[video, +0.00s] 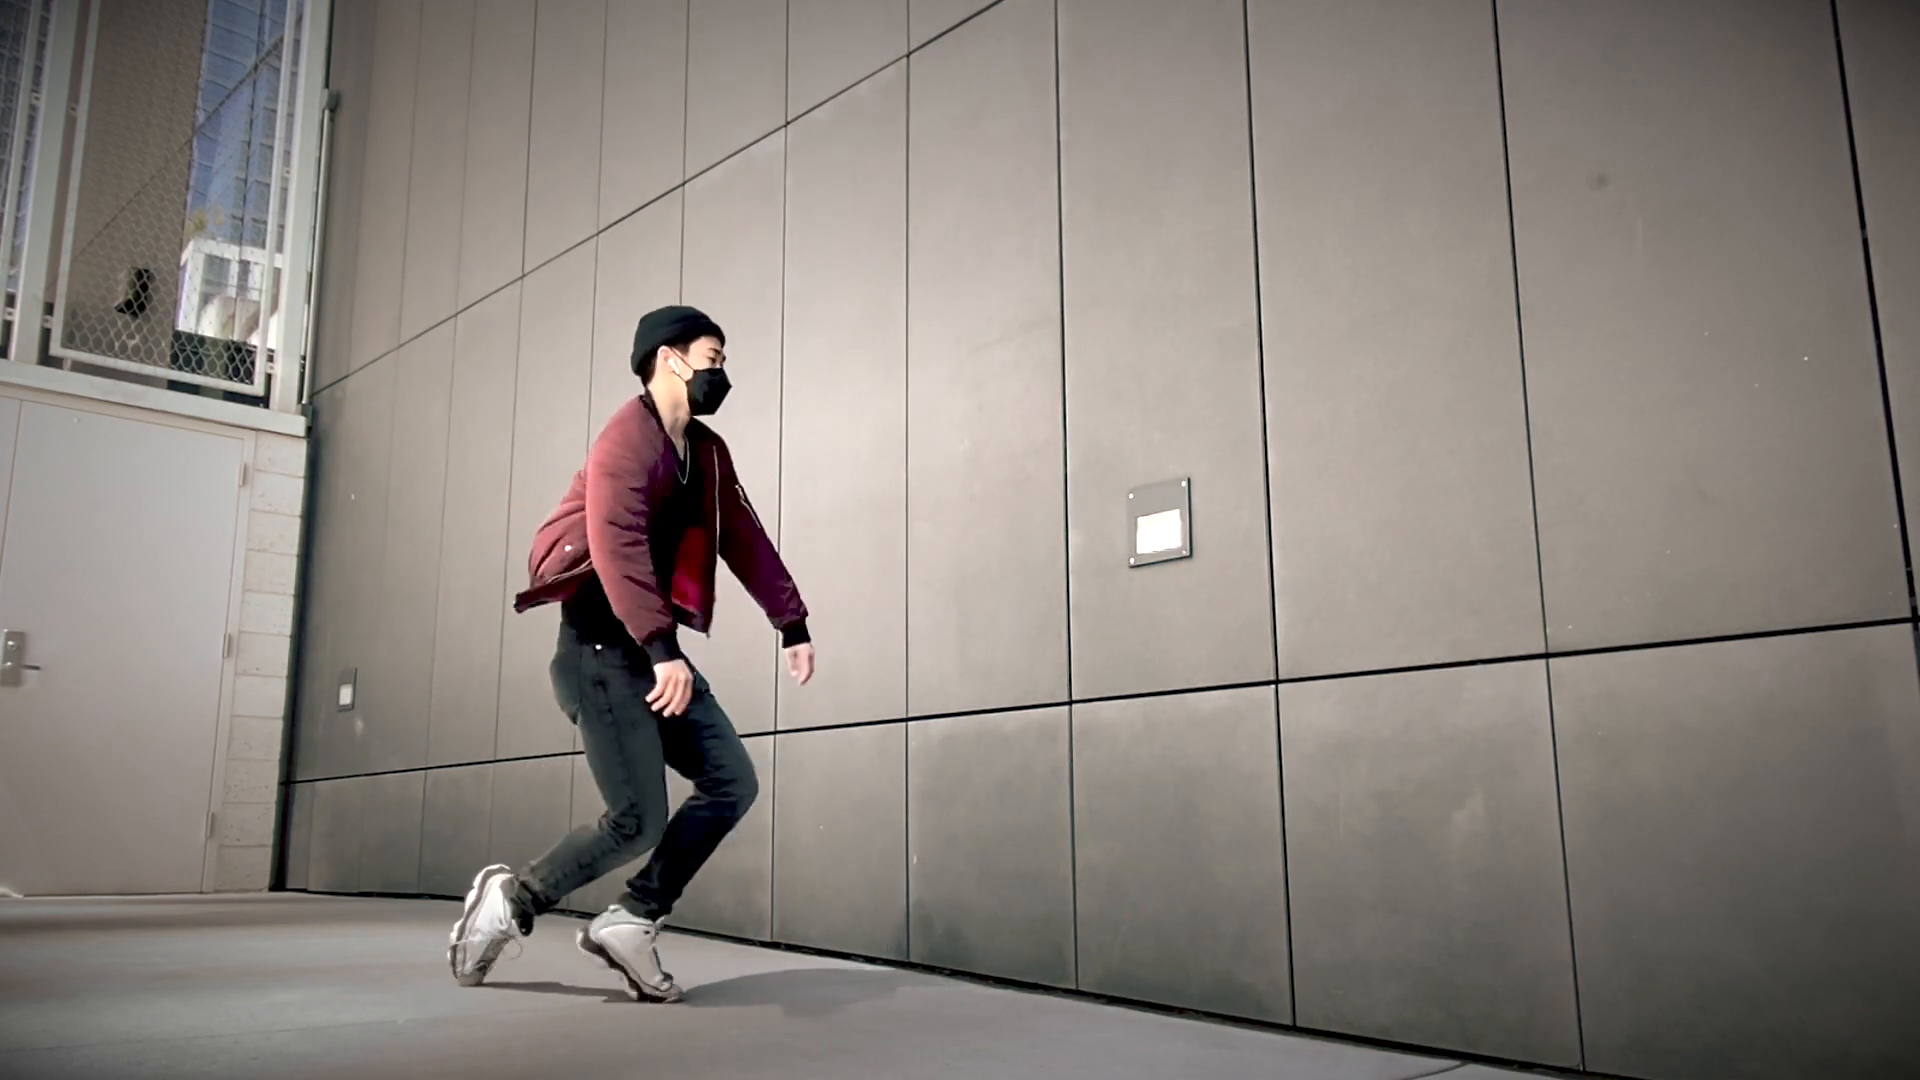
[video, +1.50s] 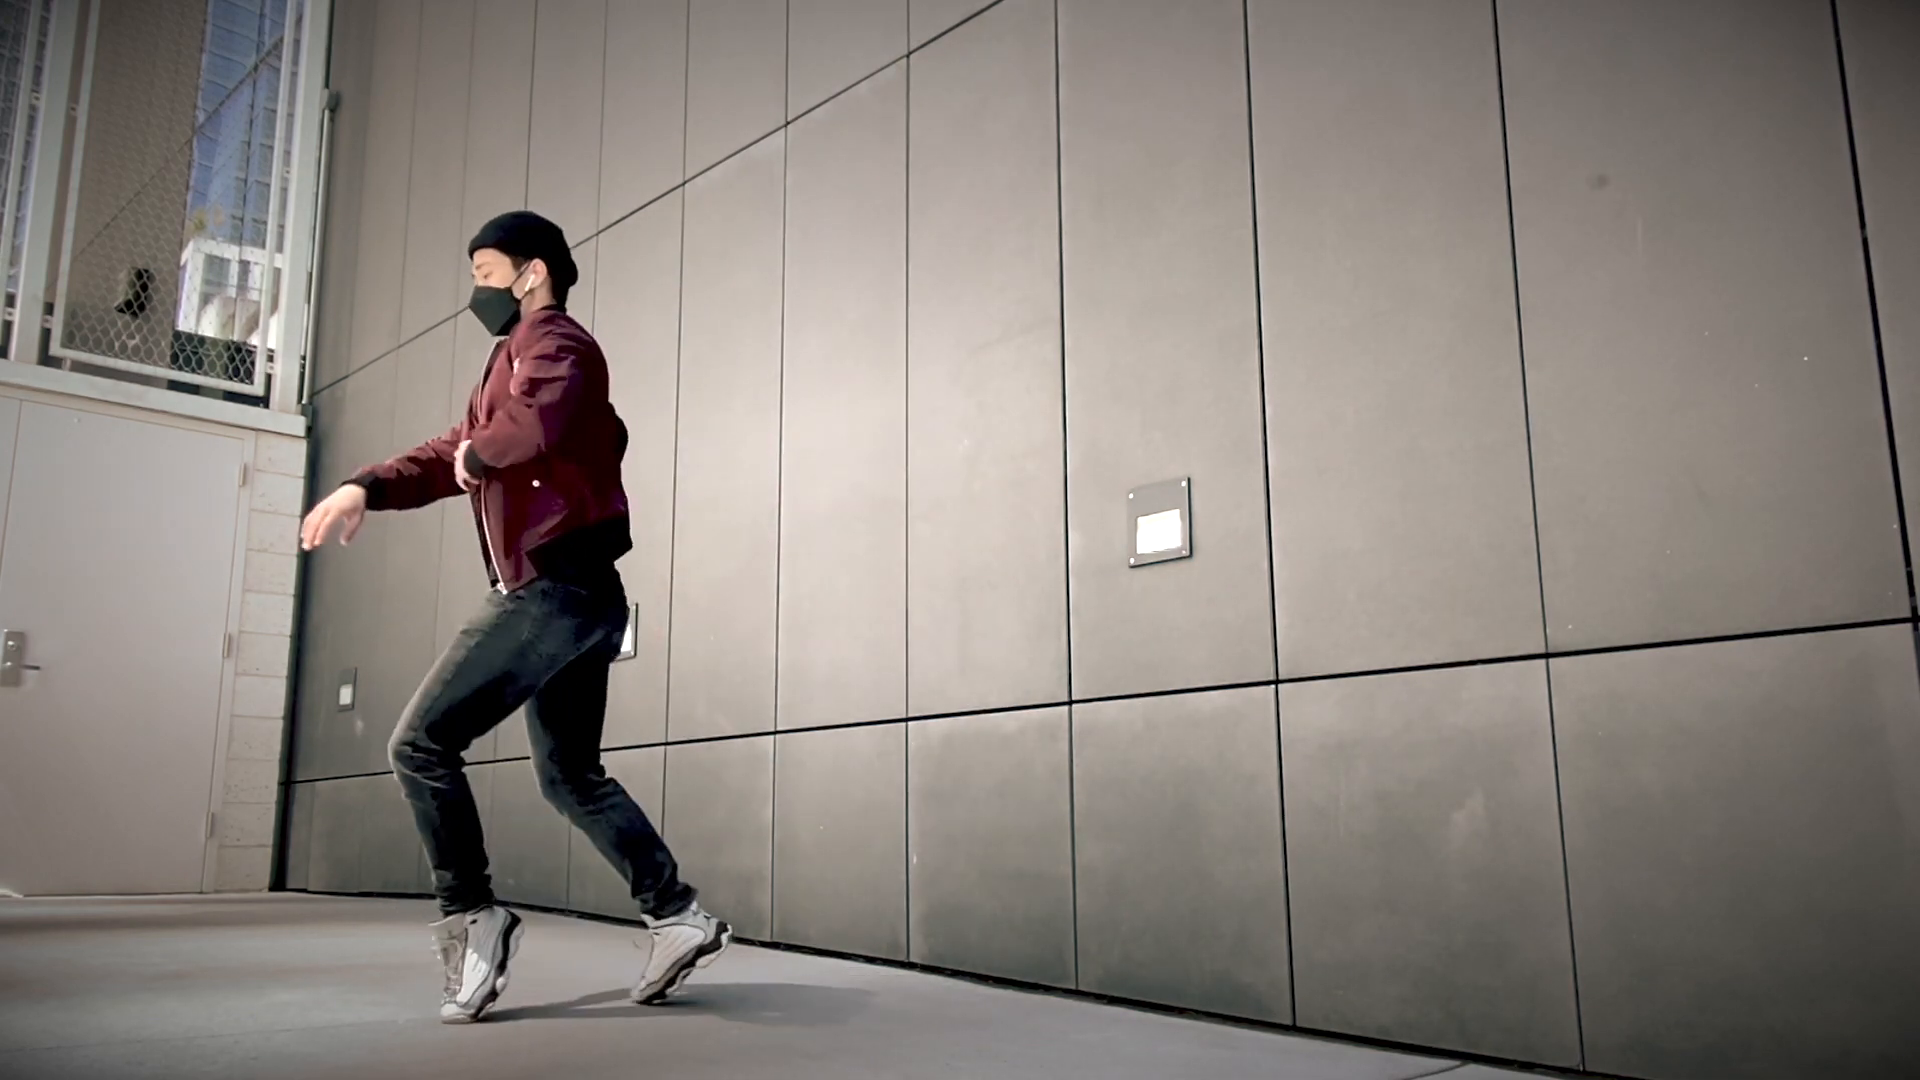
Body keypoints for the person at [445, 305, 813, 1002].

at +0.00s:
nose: (722, 367)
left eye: (724, 359)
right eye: (711, 354)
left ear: (682, 363)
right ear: (667, 358)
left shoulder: (706, 451)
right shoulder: (630, 434)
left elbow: (744, 536)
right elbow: (615, 544)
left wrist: (791, 623)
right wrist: (663, 649)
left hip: (651, 650)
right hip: (597, 651)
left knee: (730, 785)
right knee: (636, 823)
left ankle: (632, 921)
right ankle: (508, 901)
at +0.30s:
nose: (685, 364)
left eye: (685, 354)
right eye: (673, 352)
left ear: (651, 363)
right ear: (627, 358)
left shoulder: (670, 454)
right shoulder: (588, 436)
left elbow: (714, 541)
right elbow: (613, 548)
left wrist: (789, 622)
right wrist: (677, 650)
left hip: (601, 646)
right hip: (538, 642)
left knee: (655, 799)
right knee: (583, 811)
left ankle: (592, 950)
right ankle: (455, 892)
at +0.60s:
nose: (631, 328)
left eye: (636, 319)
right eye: (616, 316)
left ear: (638, 330)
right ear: (571, 322)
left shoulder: (647, 417)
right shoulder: (521, 400)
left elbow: (667, 503)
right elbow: (548, 507)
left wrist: (697, 588)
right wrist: (635, 583)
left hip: (572, 612)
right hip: (490, 604)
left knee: (581, 770)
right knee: (493, 774)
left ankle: (565, 944)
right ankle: (423, 904)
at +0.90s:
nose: (541, 285)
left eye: (558, 274)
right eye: (527, 275)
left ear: (586, 291)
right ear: (510, 293)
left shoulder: (618, 380)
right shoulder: (478, 378)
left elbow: (576, 460)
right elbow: (477, 476)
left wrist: (500, 527)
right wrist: (562, 531)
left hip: (562, 597)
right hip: (483, 590)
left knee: (531, 770)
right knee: (445, 762)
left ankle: (536, 946)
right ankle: (461, 903)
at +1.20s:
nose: (472, 283)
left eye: (483, 268)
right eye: (468, 272)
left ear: (534, 269)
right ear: (502, 278)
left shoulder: (560, 347)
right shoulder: (485, 369)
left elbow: (495, 441)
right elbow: (451, 455)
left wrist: (395, 454)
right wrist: (396, 511)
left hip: (557, 585)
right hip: (526, 585)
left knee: (463, 749)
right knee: (521, 749)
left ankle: (492, 928)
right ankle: (563, 910)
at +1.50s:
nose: (475, 289)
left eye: (485, 273)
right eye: (474, 276)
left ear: (533, 274)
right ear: (526, 279)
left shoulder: (553, 338)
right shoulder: (512, 362)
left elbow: (537, 424)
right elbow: (452, 455)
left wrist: (472, 456)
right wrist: (362, 489)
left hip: (552, 593)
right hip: (576, 595)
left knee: (421, 747)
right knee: (572, 776)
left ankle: (474, 922)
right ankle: (679, 917)